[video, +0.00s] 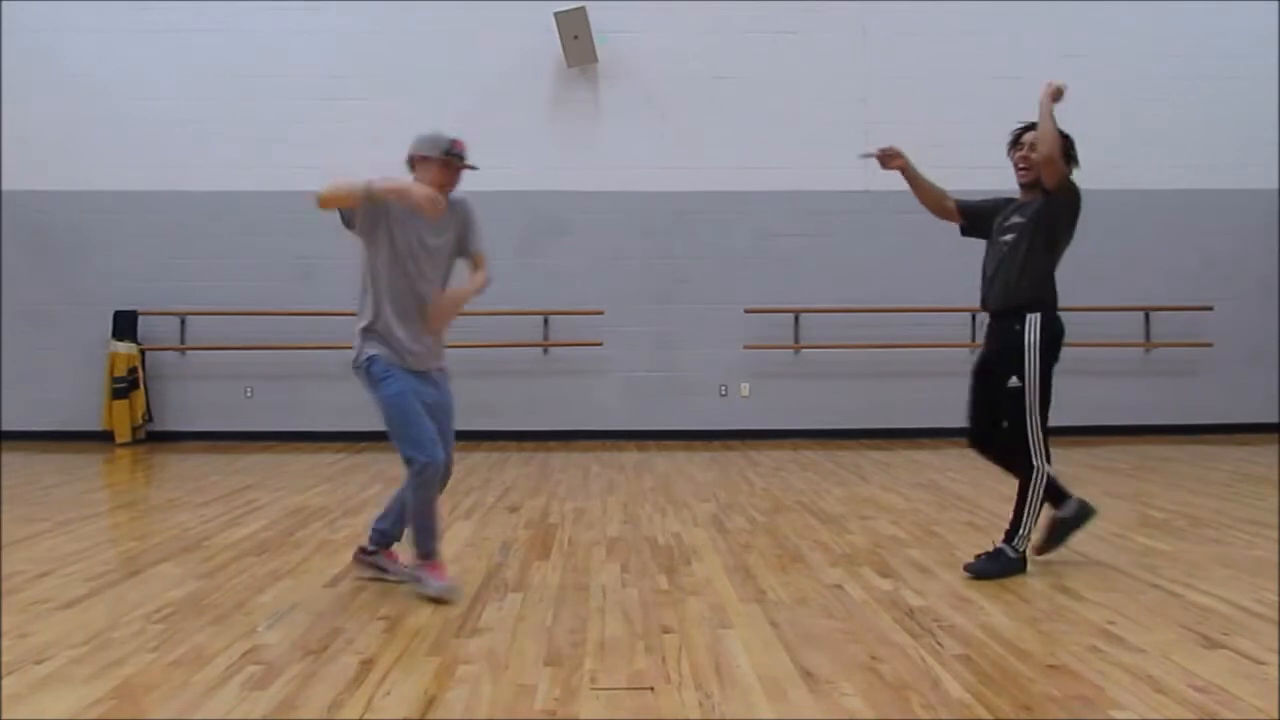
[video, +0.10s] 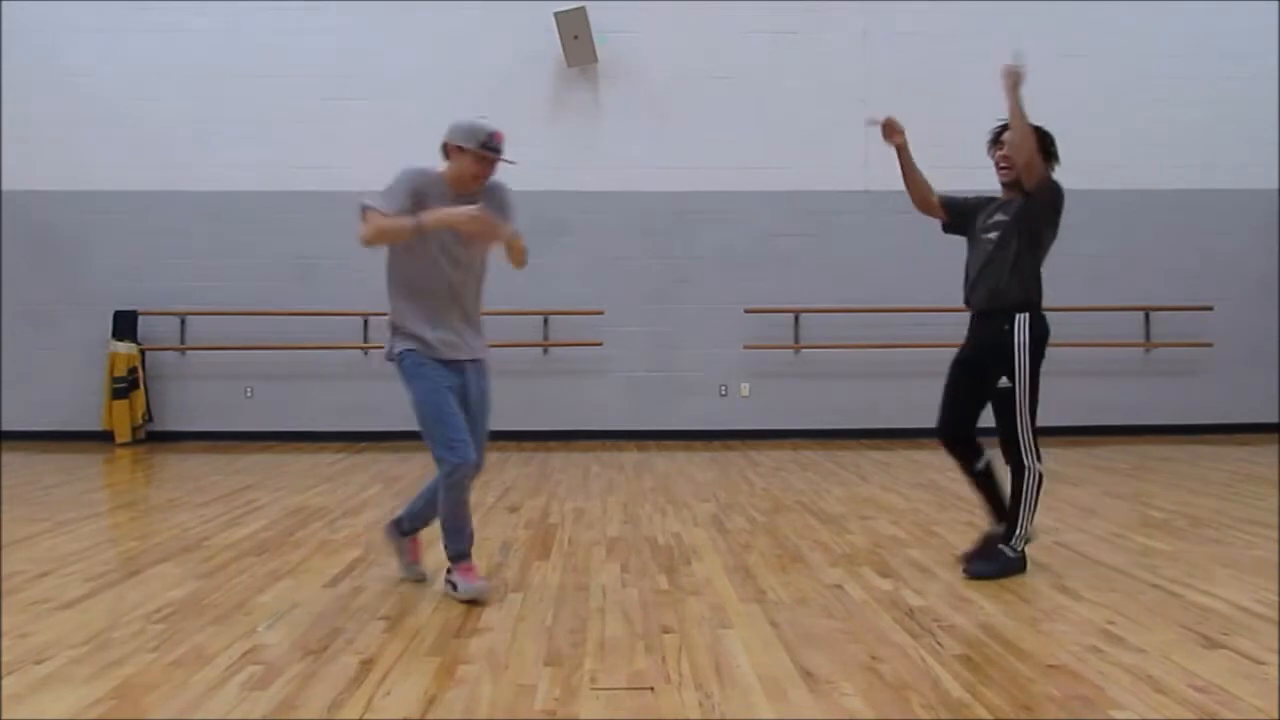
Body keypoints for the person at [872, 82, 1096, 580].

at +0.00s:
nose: (1023, 156)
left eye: (1033, 150)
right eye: (1019, 150)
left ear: (1057, 162)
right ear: (1011, 162)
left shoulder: (1060, 206)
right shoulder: (1004, 210)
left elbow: (1050, 159)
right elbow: (946, 208)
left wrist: (1046, 105)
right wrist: (906, 169)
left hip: (1034, 325)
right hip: (1001, 327)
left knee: (1030, 430)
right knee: (983, 432)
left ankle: (1014, 548)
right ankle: (1065, 504)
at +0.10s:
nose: (1001, 156)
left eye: (1011, 149)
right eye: (997, 149)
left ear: (1035, 157)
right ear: (992, 158)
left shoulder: (1044, 204)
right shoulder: (982, 209)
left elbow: (1029, 161)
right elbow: (927, 202)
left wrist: (1014, 97)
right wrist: (902, 150)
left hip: (1020, 327)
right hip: (983, 327)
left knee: (1019, 437)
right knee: (954, 430)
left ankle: (1016, 545)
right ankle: (1004, 523)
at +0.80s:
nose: (874, 163)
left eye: (884, 154)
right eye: (867, 155)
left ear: (908, 157)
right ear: (860, 161)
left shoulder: (931, 209)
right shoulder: (860, 210)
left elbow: (943, 275)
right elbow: (847, 261)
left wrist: (881, 294)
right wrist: (843, 288)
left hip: (907, 324)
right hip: (866, 324)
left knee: (894, 440)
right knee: (859, 435)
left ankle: (890, 550)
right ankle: (861, 543)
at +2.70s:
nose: (846, 150)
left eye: (853, 141)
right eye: (836, 145)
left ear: (870, 147)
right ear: (825, 159)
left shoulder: (900, 197)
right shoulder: (825, 212)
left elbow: (933, 258)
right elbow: (828, 281)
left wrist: (883, 274)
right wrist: (800, 265)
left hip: (885, 329)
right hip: (842, 331)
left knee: (880, 444)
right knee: (843, 443)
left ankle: (892, 556)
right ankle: (861, 548)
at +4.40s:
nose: (833, 144)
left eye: (843, 136)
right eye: (831, 137)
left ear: (872, 146)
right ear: (836, 151)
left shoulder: (895, 193)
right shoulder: (842, 204)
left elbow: (942, 249)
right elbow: (849, 271)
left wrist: (887, 285)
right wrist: (816, 268)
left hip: (878, 329)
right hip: (838, 331)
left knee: (886, 444)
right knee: (841, 444)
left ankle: (893, 557)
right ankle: (858, 550)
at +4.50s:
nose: (836, 139)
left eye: (847, 132)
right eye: (835, 134)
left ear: (875, 144)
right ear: (839, 148)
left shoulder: (893, 185)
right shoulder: (841, 200)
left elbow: (933, 245)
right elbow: (853, 271)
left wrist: (868, 231)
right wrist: (824, 263)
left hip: (879, 326)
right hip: (838, 327)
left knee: (889, 444)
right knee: (841, 442)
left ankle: (893, 556)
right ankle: (858, 550)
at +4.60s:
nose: (838, 136)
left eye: (850, 129)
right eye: (838, 130)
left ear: (877, 142)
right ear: (841, 145)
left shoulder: (895, 182)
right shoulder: (840, 195)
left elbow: (939, 238)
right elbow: (855, 257)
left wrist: (876, 205)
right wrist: (825, 260)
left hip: (878, 322)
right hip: (838, 324)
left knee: (887, 440)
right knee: (844, 441)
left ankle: (894, 556)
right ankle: (857, 550)